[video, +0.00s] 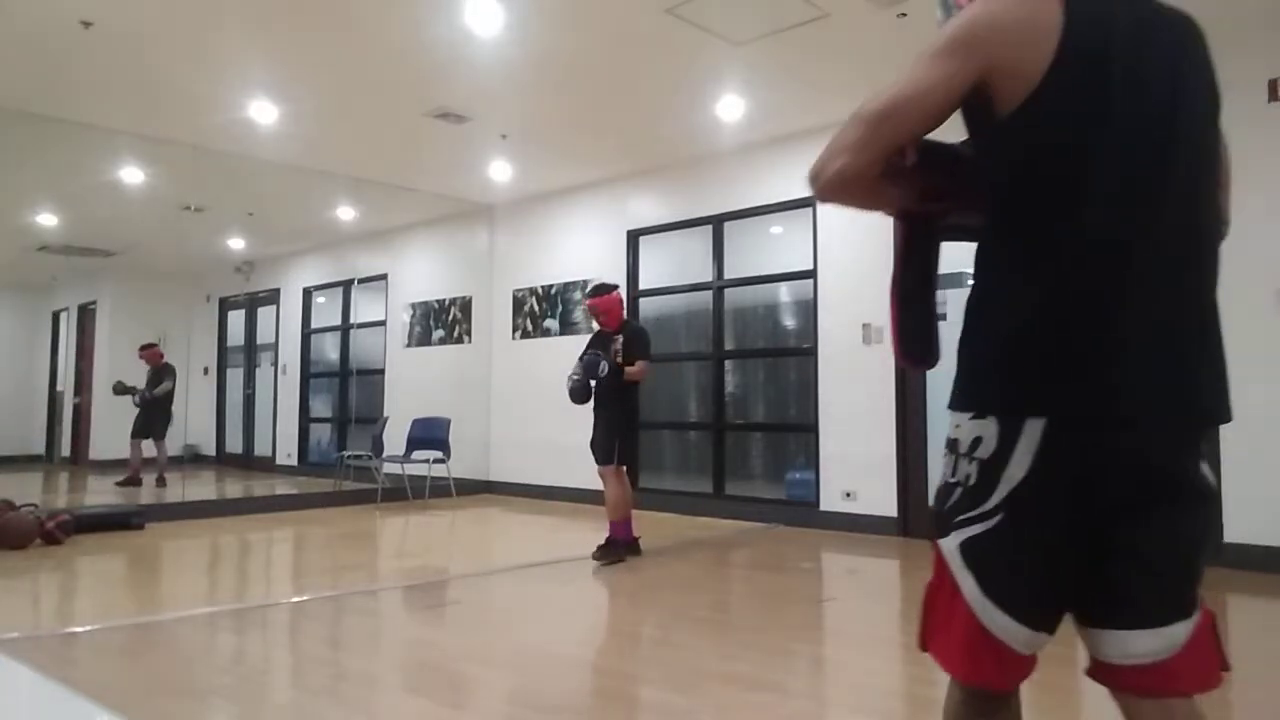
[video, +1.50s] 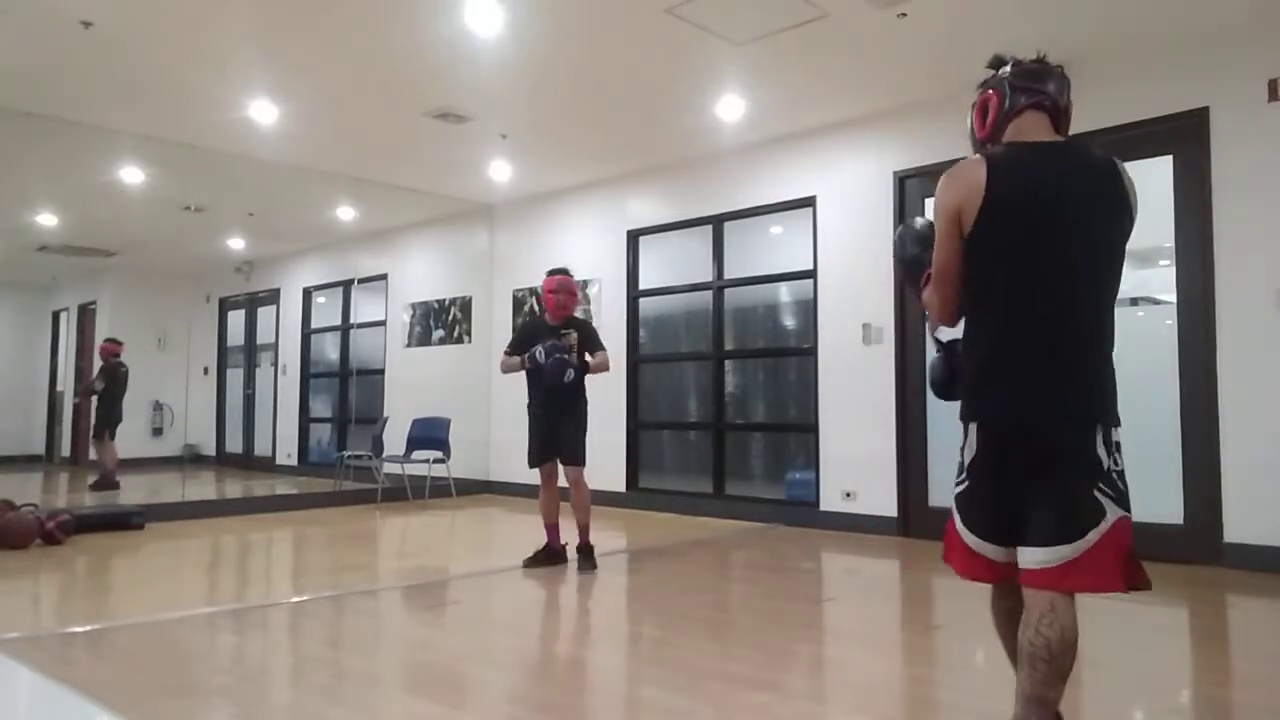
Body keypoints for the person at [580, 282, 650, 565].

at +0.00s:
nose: (597, 319)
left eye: (599, 313)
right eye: (594, 314)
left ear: (614, 307)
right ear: (595, 312)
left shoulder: (635, 333)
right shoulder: (599, 336)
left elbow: (640, 371)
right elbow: (583, 364)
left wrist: (609, 371)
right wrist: (578, 378)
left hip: (621, 411)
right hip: (604, 411)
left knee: (608, 470)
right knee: (616, 471)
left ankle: (617, 539)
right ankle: (626, 537)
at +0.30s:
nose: (602, 317)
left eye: (607, 310)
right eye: (598, 311)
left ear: (621, 307)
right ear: (594, 310)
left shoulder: (633, 333)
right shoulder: (594, 335)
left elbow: (639, 370)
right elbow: (572, 361)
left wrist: (605, 374)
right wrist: (578, 363)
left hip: (620, 413)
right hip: (599, 413)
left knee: (615, 473)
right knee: (604, 474)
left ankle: (623, 536)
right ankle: (624, 533)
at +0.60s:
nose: (601, 316)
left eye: (606, 309)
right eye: (597, 310)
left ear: (621, 305)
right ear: (592, 309)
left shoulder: (634, 331)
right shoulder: (591, 334)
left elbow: (634, 369)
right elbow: (568, 360)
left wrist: (600, 383)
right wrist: (570, 357)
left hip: (620, 413)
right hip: (592, 411)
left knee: (619, 476)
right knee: (571, 472)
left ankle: (621, 542)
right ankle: (602, 521)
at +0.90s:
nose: (586, 314)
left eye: (591, 308)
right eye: (582, 308)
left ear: (607, 305)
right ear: (579, 307)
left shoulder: (624, 329)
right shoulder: (576, 332)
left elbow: (622, 367)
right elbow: (547, 361)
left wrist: (588, 380)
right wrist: (561, 377)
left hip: (609, 413)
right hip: (578, 412)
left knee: (612, 476)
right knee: (563, 474)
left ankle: (620, 543)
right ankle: (556, 545)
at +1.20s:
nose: (570, 310)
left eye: (575, 303)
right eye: (564, 304)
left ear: (586, 300)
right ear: (555, 304)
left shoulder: (598, 329)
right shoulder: (549, 331)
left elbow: (605, 367)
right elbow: (518, 357)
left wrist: (567, 379)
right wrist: (545, 359)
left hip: (583, 412)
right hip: (553, 412)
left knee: (590, 477)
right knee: (552, 476)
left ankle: (615, 538)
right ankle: (554, 545)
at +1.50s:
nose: (559, 299)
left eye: (565, 293)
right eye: (553, 293)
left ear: (575, 297)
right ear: (543, 296)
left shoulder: (582, 328)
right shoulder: (530, 328)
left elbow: (603, 363)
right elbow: (505, 365)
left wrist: (580, 364)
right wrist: (530, 358)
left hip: (572, 410)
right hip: (541, 411)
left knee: (574, 476)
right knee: (547, 477)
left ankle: (584, 546)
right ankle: (553, 546)